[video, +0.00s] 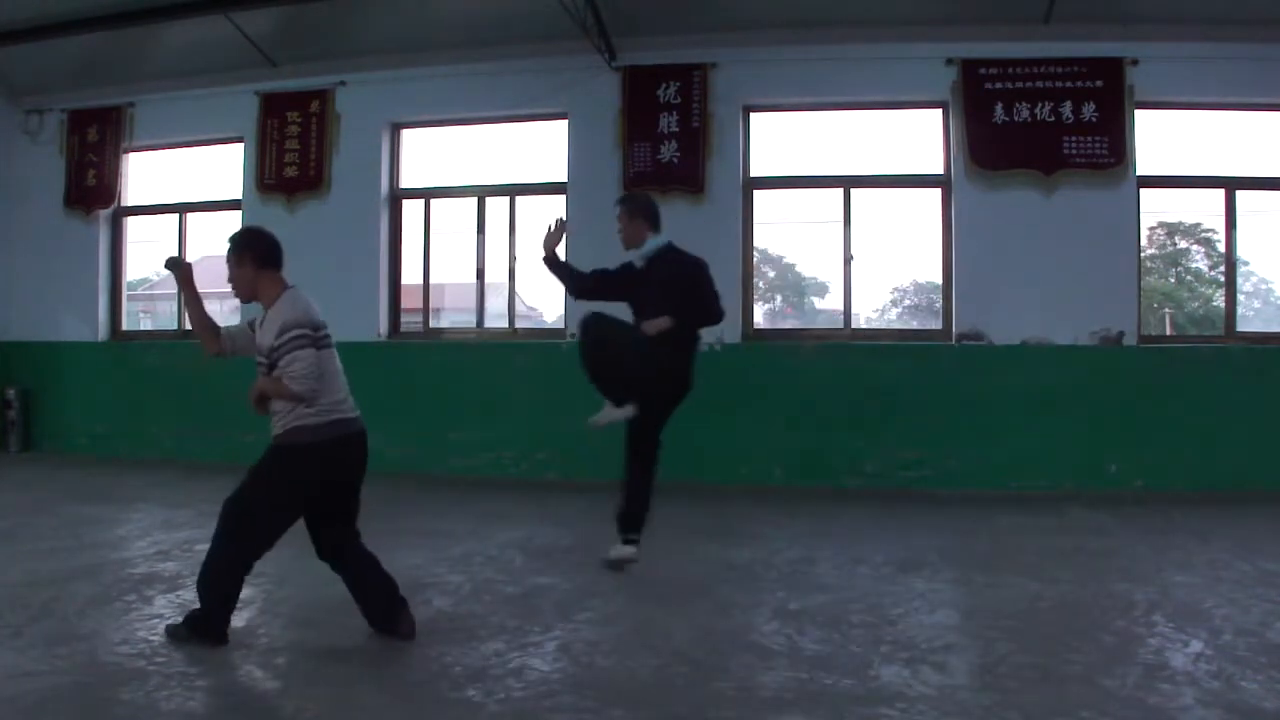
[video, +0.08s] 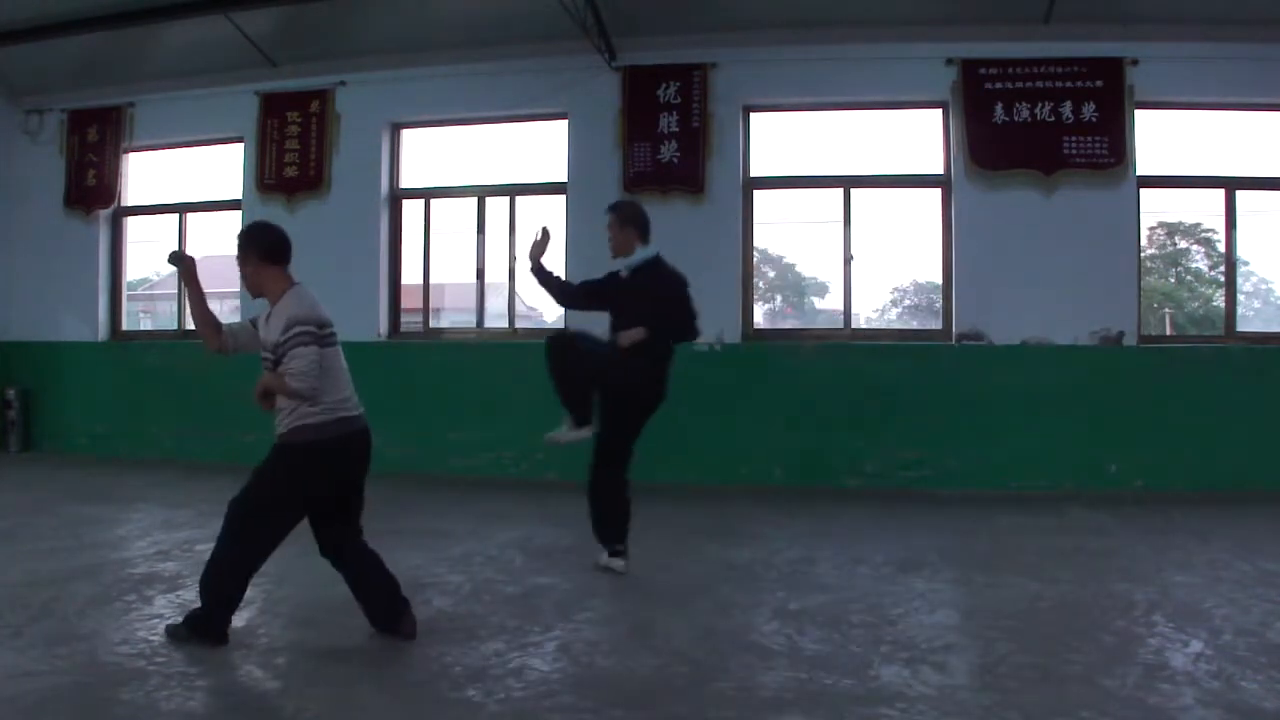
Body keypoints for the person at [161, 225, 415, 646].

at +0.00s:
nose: (229, 277)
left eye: (233, 267)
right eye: (229, 268)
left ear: (254, 266)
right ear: (265, 267)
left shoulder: (290, 313)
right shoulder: (273, 319)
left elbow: (303, 384)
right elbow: (215, 342)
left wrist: (264, 385)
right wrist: (187, 286)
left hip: (307, 443)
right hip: (340, 440)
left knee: (241, 522)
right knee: (336, 540)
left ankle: (211, 621)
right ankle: (395, 620)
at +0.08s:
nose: (239, 272)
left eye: (242, 263)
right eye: (240, 263)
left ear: (256, 263)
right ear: (278, 262)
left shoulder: (295, 311)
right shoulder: (277, 316)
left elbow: (304, 382)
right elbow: (218, 339)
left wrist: (268, 381)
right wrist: (191, 280)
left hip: (312, 441)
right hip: (343, 437)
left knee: (247, 524)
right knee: (339, 538)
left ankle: (212, 621)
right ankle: (396, 619)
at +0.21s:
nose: (246, 270)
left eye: (247, 261)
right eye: (247, 262)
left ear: (259, 262)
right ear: (288, 259)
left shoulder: (301, 310)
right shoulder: (278, 316)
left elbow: (306, 382)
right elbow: (220, 340)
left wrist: (271, 378)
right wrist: (194, 281)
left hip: (313, 442)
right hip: (345, 438)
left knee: (250, 524)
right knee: (340, 538)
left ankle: (212, 620)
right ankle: (395, 619)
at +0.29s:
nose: (248, 269)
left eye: (250, 260)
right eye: (248, 260)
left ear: (261, 262)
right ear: (290, 260)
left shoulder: (306, 311)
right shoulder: (277, 317)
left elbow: (307, 385)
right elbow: (219, 342)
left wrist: (272, 379)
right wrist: (194, 282)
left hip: (315, 443)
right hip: (344, 440)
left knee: (249, 525)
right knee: (340, 540)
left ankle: (212, 620)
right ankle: (395, 619)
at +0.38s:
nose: (249, 270)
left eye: (250, 261)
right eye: (249, 262)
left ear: (261, 262)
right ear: (291, 260)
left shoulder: (308, 310)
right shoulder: (277, 317)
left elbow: (309, 384)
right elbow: (220, 342)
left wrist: (273, 380)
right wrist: (193, 281)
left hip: (316, 443)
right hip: (342, 440)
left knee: (250, 524)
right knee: (339, 539)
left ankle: (212, 620)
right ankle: (395, 618)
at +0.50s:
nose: (252, 271)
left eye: (253, 262)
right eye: (252, 263)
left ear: (263, 261)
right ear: (293, 257)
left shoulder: (309, 309)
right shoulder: (277, 316)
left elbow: (310, 383)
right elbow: (220, 341)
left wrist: (274, 379)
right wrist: (192, 284)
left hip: (314, 443)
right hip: (344, 439)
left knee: (250, 525)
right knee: (340, 538)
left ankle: (212, 620)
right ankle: (396, 618)